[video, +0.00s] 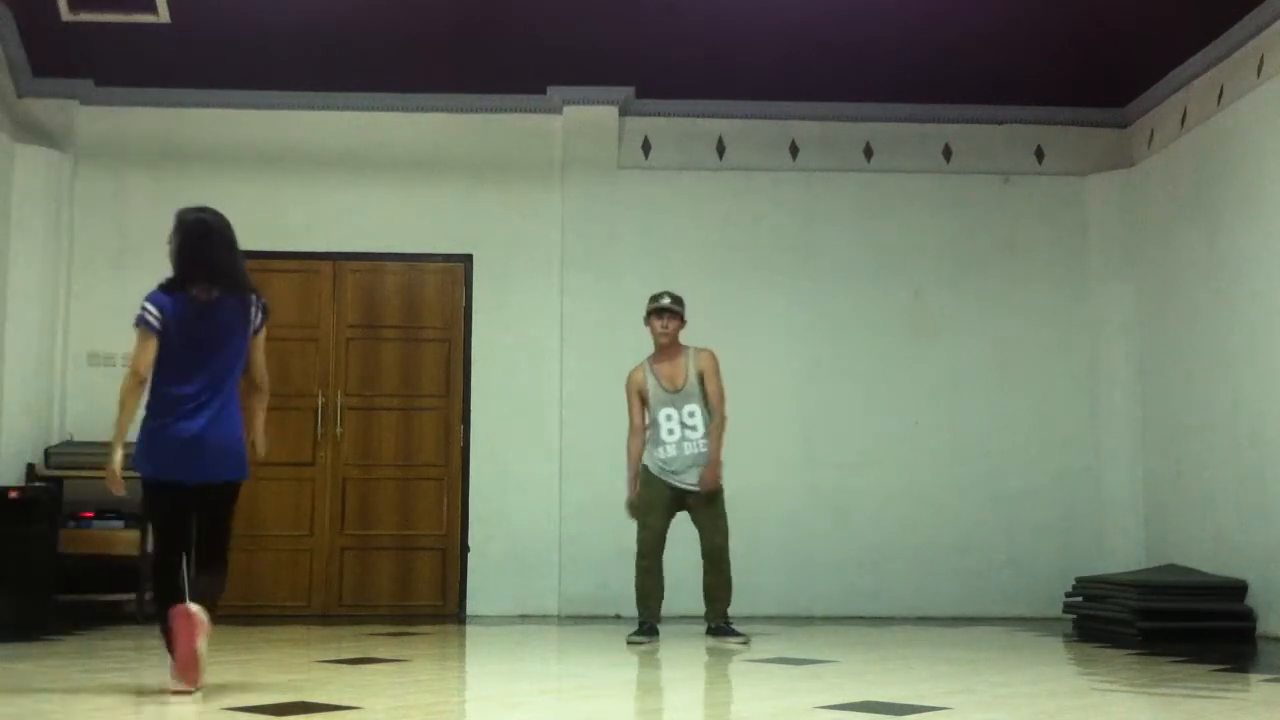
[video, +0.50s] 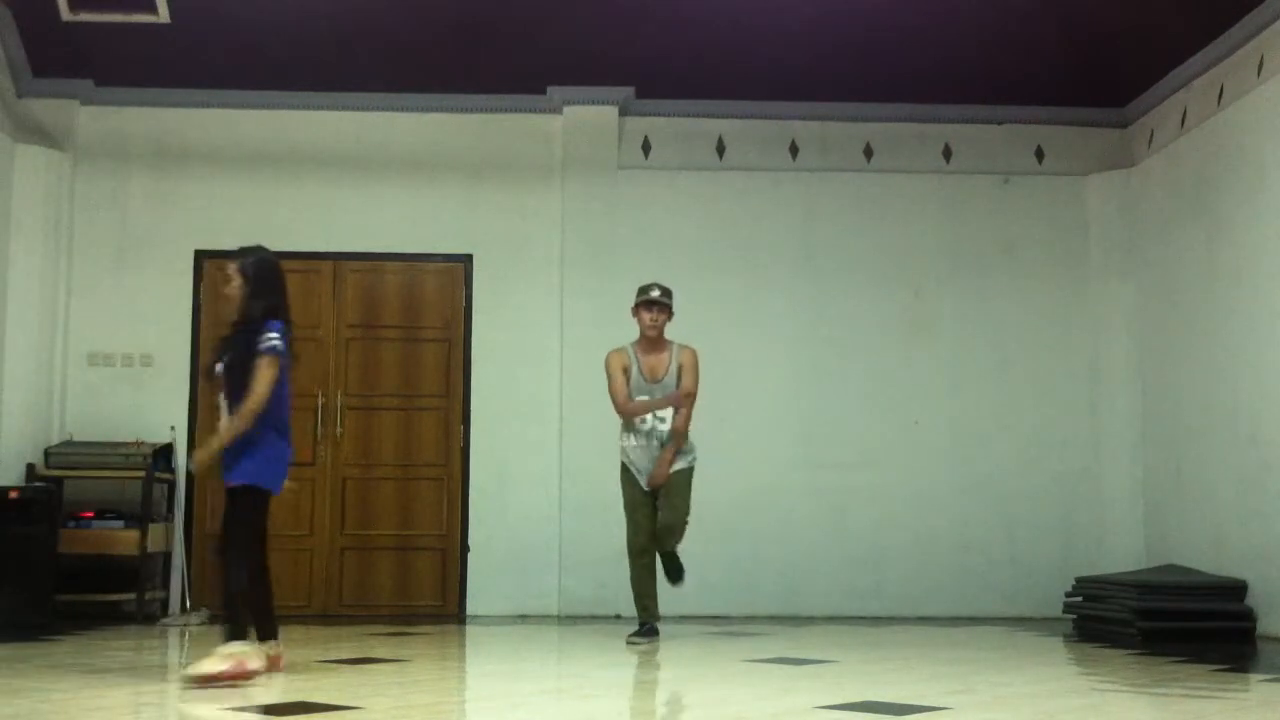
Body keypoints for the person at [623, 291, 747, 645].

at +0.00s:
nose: (664, 322)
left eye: (672, 316)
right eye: (658, 316)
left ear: (682, 322)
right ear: (648, 323)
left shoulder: (703, 360)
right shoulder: (638, 377)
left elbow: (718, 415)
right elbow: (637, 431)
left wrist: (713, 464)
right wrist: (633, 483)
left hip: (701, 476)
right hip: (656, 478)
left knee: (717, 549)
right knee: (648, 551)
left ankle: (718, 621)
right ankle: (647, 623)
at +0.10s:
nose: (657, 320)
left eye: (665, 314)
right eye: (651, 313)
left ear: (674, 320)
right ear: (641, 319)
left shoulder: (693, 358)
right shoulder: (630, 373)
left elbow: (701, 416)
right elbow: (628, 430)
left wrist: (697, 467)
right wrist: (624, 483)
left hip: (694, 475)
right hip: (650, 477)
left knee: (711, 551)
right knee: (646, 552)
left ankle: (718, 620)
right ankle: (648, 622)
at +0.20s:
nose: (652, 315)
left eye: (659, 310)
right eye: (646, 309)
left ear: (669, 317)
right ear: (635, 315)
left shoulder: (687, 355)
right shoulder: (623, 368)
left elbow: (693, 412)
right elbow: (625, 417)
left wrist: (685, 464)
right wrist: (626, 463)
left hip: (690, 468)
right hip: (646, 471)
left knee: (703, 543)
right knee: (647, 548)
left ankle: (713, 611)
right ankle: (647, 620)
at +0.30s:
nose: (650, 320)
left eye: (656, 314)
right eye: (643, 313)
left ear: (666, 320)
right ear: (632, 319)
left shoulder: (684, 358)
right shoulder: (619, 371)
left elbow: (689, 415)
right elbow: (623, 416)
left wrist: (678, 464)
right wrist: (634, 439)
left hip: (684, 464)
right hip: (643, 469)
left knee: (692, 534)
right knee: (643, 546)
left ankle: (696, 584)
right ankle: (648, 620)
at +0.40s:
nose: (651, 318)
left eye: (658, 312)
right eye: (644, 311)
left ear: (666, 318)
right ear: (633, 316)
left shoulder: (682, 357)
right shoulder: (618, 367)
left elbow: (686, 416)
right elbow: (624, 415)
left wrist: (673, 465)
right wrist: (651, 417)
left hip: (679, 462)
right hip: (638, 466)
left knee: (679, 531)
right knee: (641, 546)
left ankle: (681, 572)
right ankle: (648, 621)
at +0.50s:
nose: (653, 315)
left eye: (660, 309)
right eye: (647, 308)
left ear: (668, 316)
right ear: (636, 313)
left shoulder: (684, 356)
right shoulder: (618, 358)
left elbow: (685, 411)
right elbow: (624, 408)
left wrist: (666, 459)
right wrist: (669, 401)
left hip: (676, 456)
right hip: (635, 459)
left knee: (671, 526)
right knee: (640, 541)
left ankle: (666, 549)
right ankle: (648, 621)